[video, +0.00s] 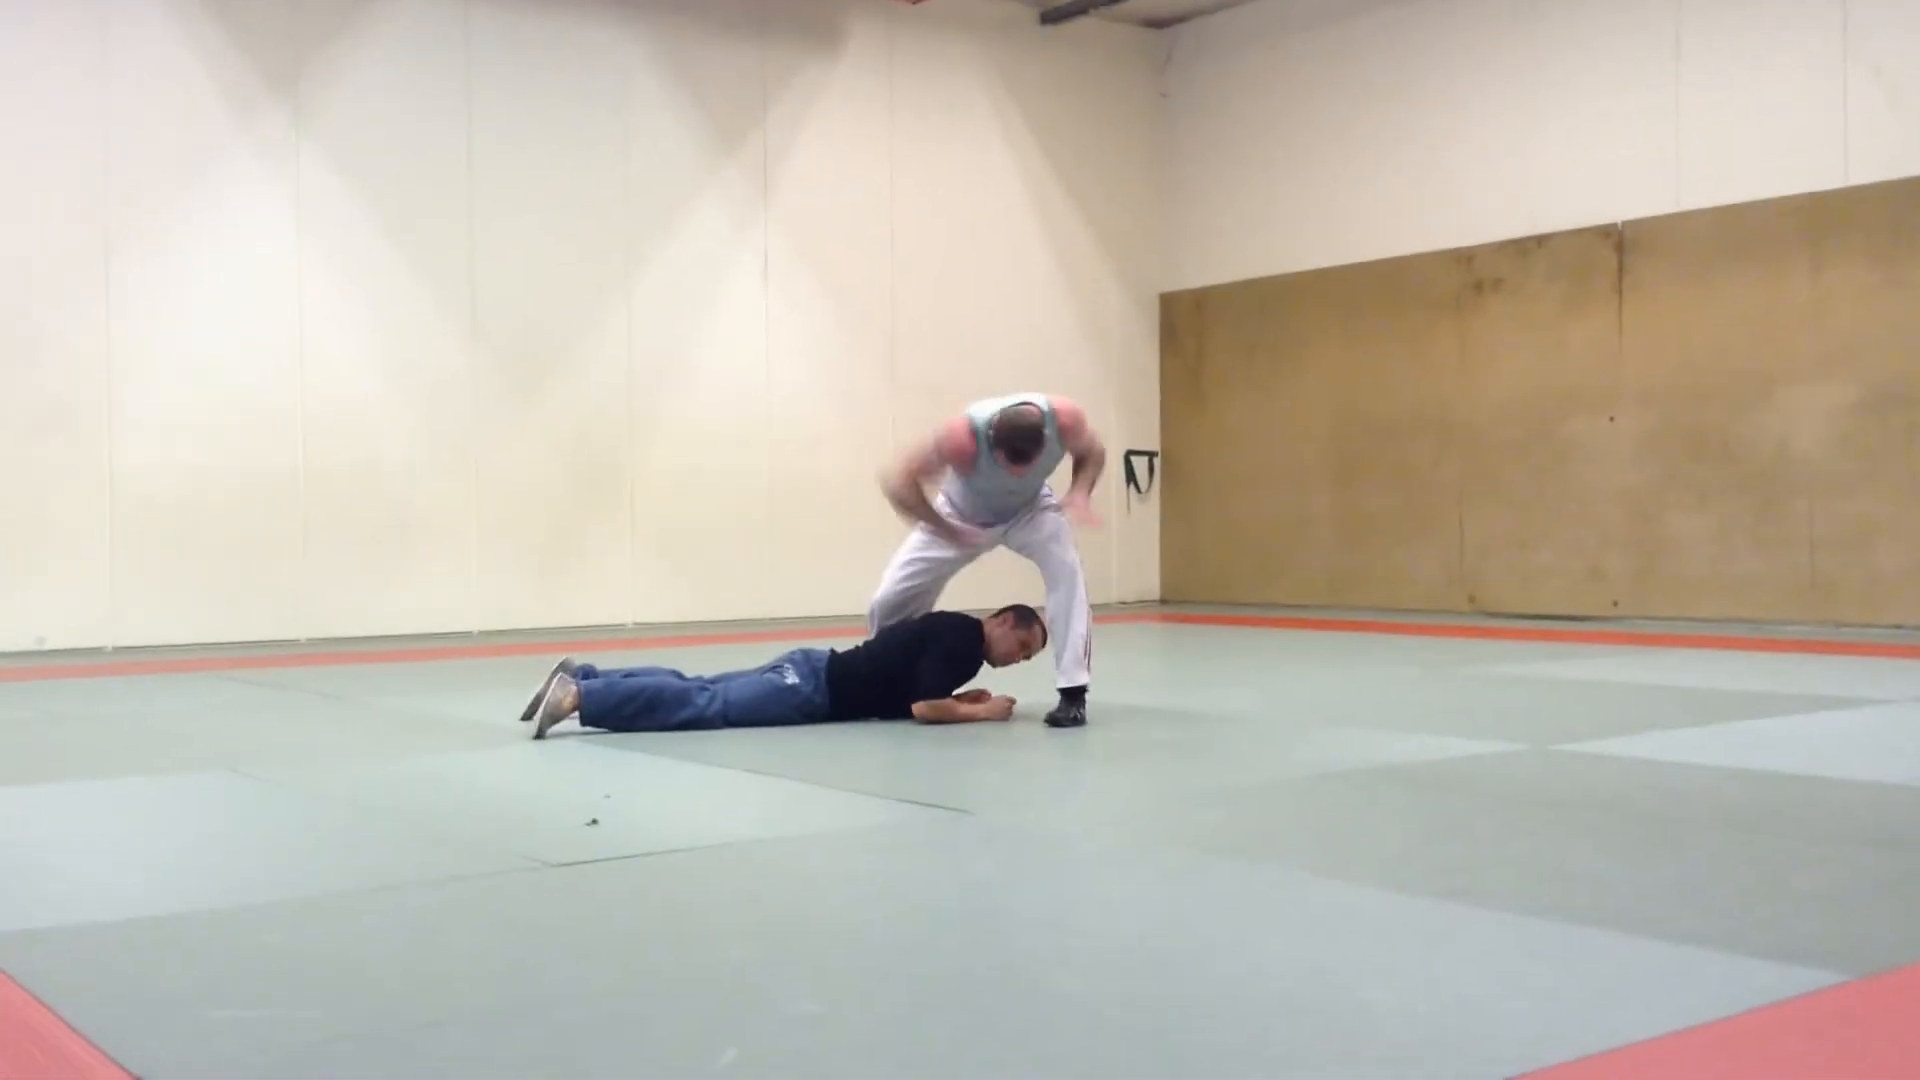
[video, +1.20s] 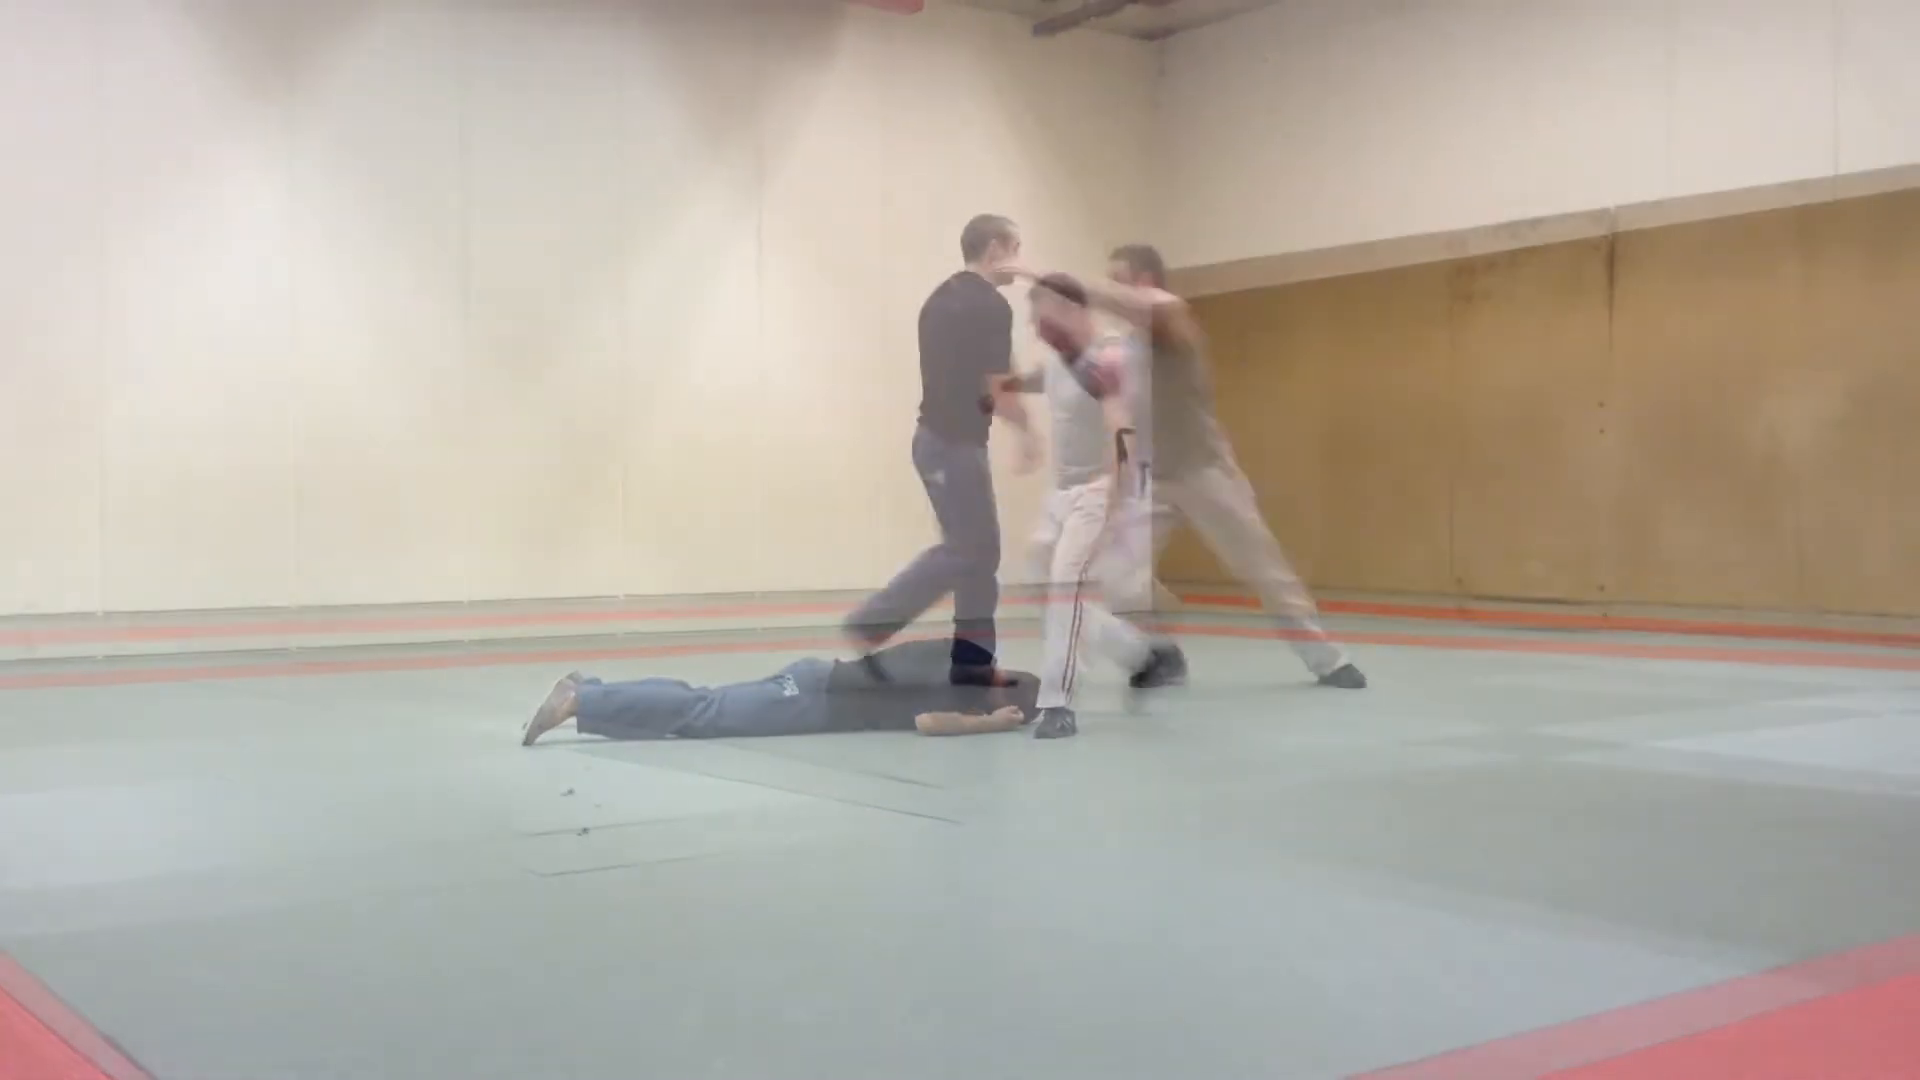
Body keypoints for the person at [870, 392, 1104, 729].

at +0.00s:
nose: (1018, 472)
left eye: (1026, 465)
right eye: (1010, 464)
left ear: (1042, 445)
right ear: (996, 444)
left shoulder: (1065, 421)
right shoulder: (964, 437)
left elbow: (1091, 454)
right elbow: (898, 481)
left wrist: (1078, 495)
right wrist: (950, 532)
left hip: (1029, 513)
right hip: (961, 519)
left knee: (1065, 568)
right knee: (888, 605)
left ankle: (1073, 693)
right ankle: (889, 691)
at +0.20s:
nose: (1020, 461)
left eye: (1028, 454)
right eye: (1013, 454)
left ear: (1041, 436)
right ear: (997, 437)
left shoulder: (1060, 405)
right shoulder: (965, 436)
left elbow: (1089, 428)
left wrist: (1088, 466)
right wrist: (970, 563)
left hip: (1033, 510)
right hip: (966, 516)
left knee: (1069, 568)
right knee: (893, 608)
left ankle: (1075, 694)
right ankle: (884, 691)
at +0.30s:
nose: (1005, 458)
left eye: (1013, 453)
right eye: (998, 452)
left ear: (1030, 432)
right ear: (983, 429)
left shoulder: (1059, 426)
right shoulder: (957, 408)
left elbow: (1102, 460)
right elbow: (879, 404)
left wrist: (1085, 507)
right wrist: (900, 470)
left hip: (1031, 517)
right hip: (962, 519)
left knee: (1065, 576)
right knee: (891, 606)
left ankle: (1073, 698)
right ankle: (889, 691)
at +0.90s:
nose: (986, 395)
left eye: (991, 387)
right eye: (982, 385)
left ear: (1014, 376)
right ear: (979, 377)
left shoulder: (1064, 399)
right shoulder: (981, 381)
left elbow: (1106, 464)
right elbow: (941, 392)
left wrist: (1046, 493)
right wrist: (917, 445)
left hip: (1050, 505)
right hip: (991, 501)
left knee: (1059, 581)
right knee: (929, 588)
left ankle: (1058, 698)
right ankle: (874, 677)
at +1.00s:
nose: (1009, 373)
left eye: (1012, 364)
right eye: (1002, 366)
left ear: (1033, 346)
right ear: (999, 355)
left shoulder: (1076, 378)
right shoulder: (1005, 369)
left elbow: (1099, 451)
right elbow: (960, 406)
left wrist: (1040, 498)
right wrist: (977, 450)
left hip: (1066, 499)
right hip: (1008, 493)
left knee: (1056, 577)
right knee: (943, 580)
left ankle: (1054, 697)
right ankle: (922, 680)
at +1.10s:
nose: (1021, 348)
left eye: (1024, 337)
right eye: (1016, 339)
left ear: (1051, 325)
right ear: (1021, 334)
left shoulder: (1094, 366)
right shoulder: (1031, 365)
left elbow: (1099, 447)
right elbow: (983, 394)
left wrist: (1072, 511)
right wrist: (992, 439)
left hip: (1088, 497)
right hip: (1039, 493)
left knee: (1063, 575)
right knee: (985, 545)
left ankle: (1054, 700)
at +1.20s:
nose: (1040, 331)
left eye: (1046, 320)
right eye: (1036, 322)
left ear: (1074, 313)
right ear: (1042, 322)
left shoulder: (1111, 355)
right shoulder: (1056, 363)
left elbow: (1105, 389)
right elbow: (1037, 382)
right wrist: (1005, 388)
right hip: (1063, 492)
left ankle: (1056, 702)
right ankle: (1144, 655)